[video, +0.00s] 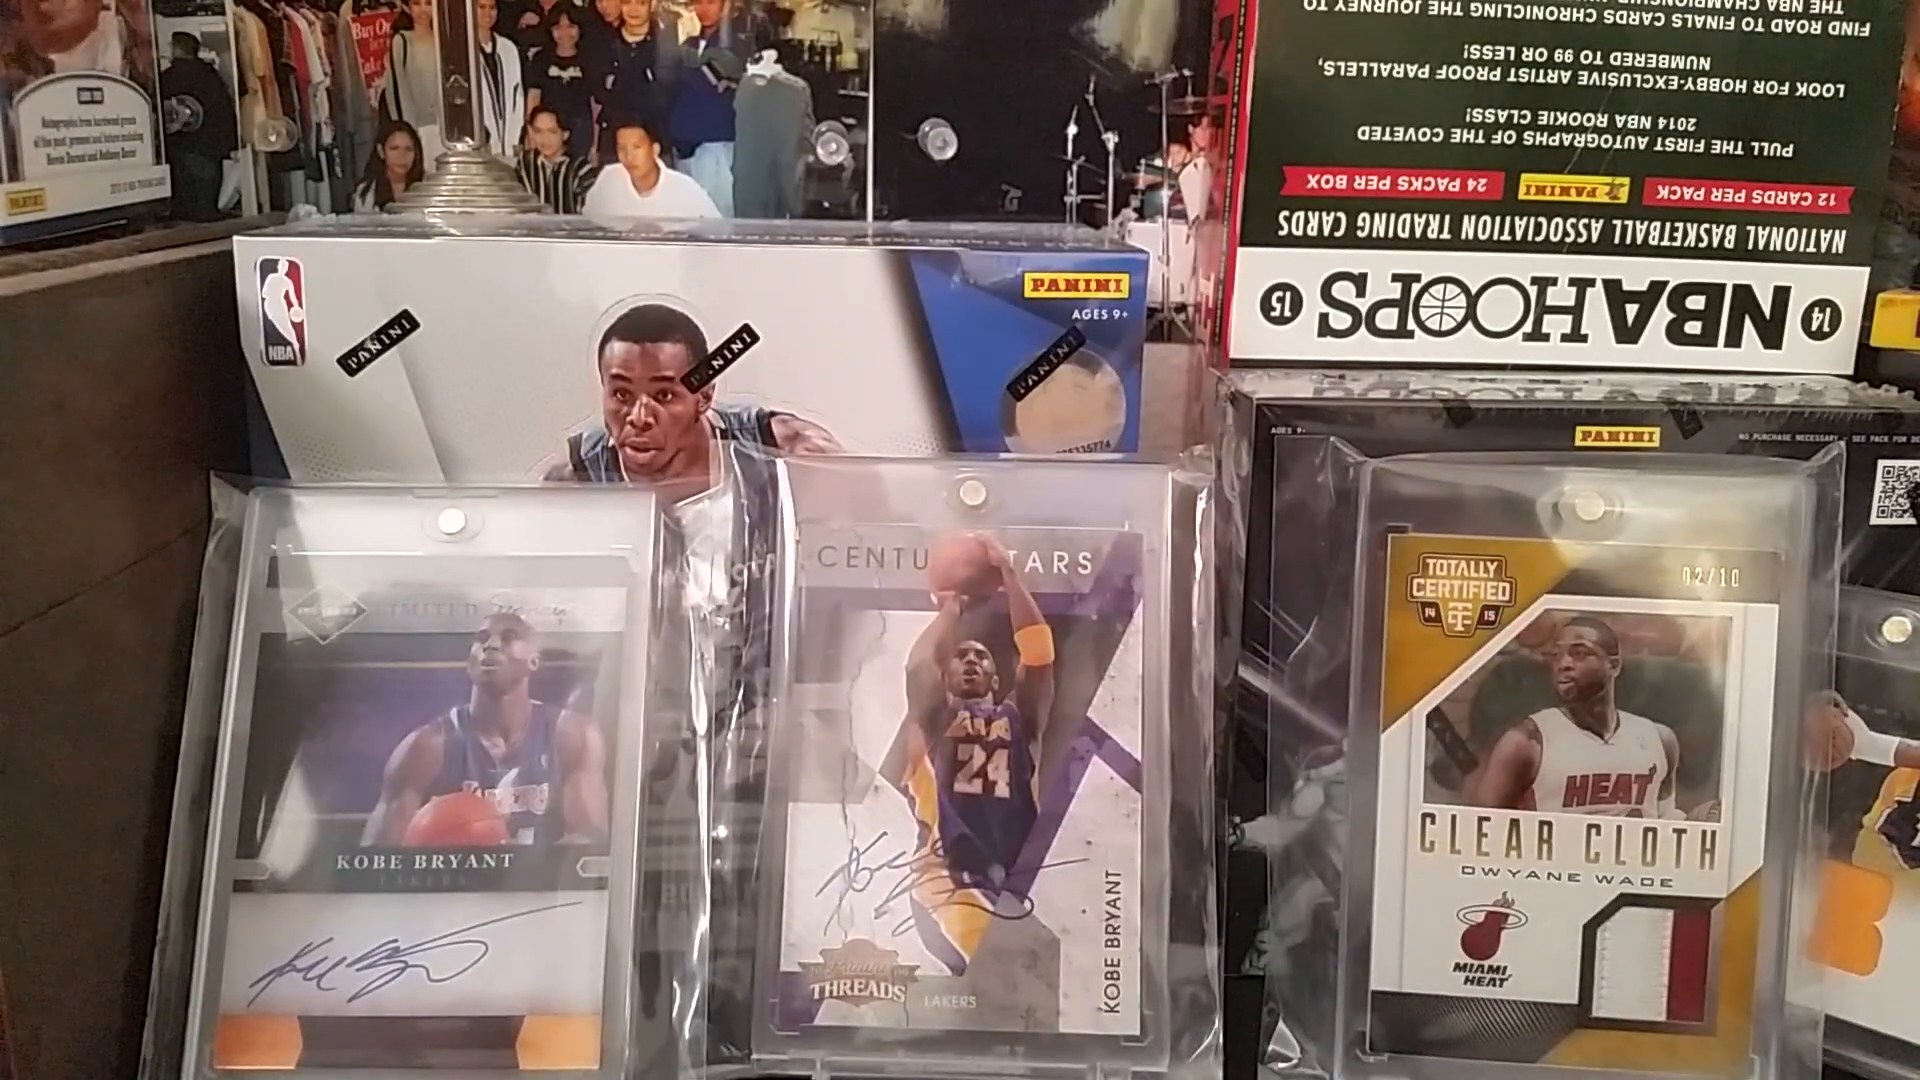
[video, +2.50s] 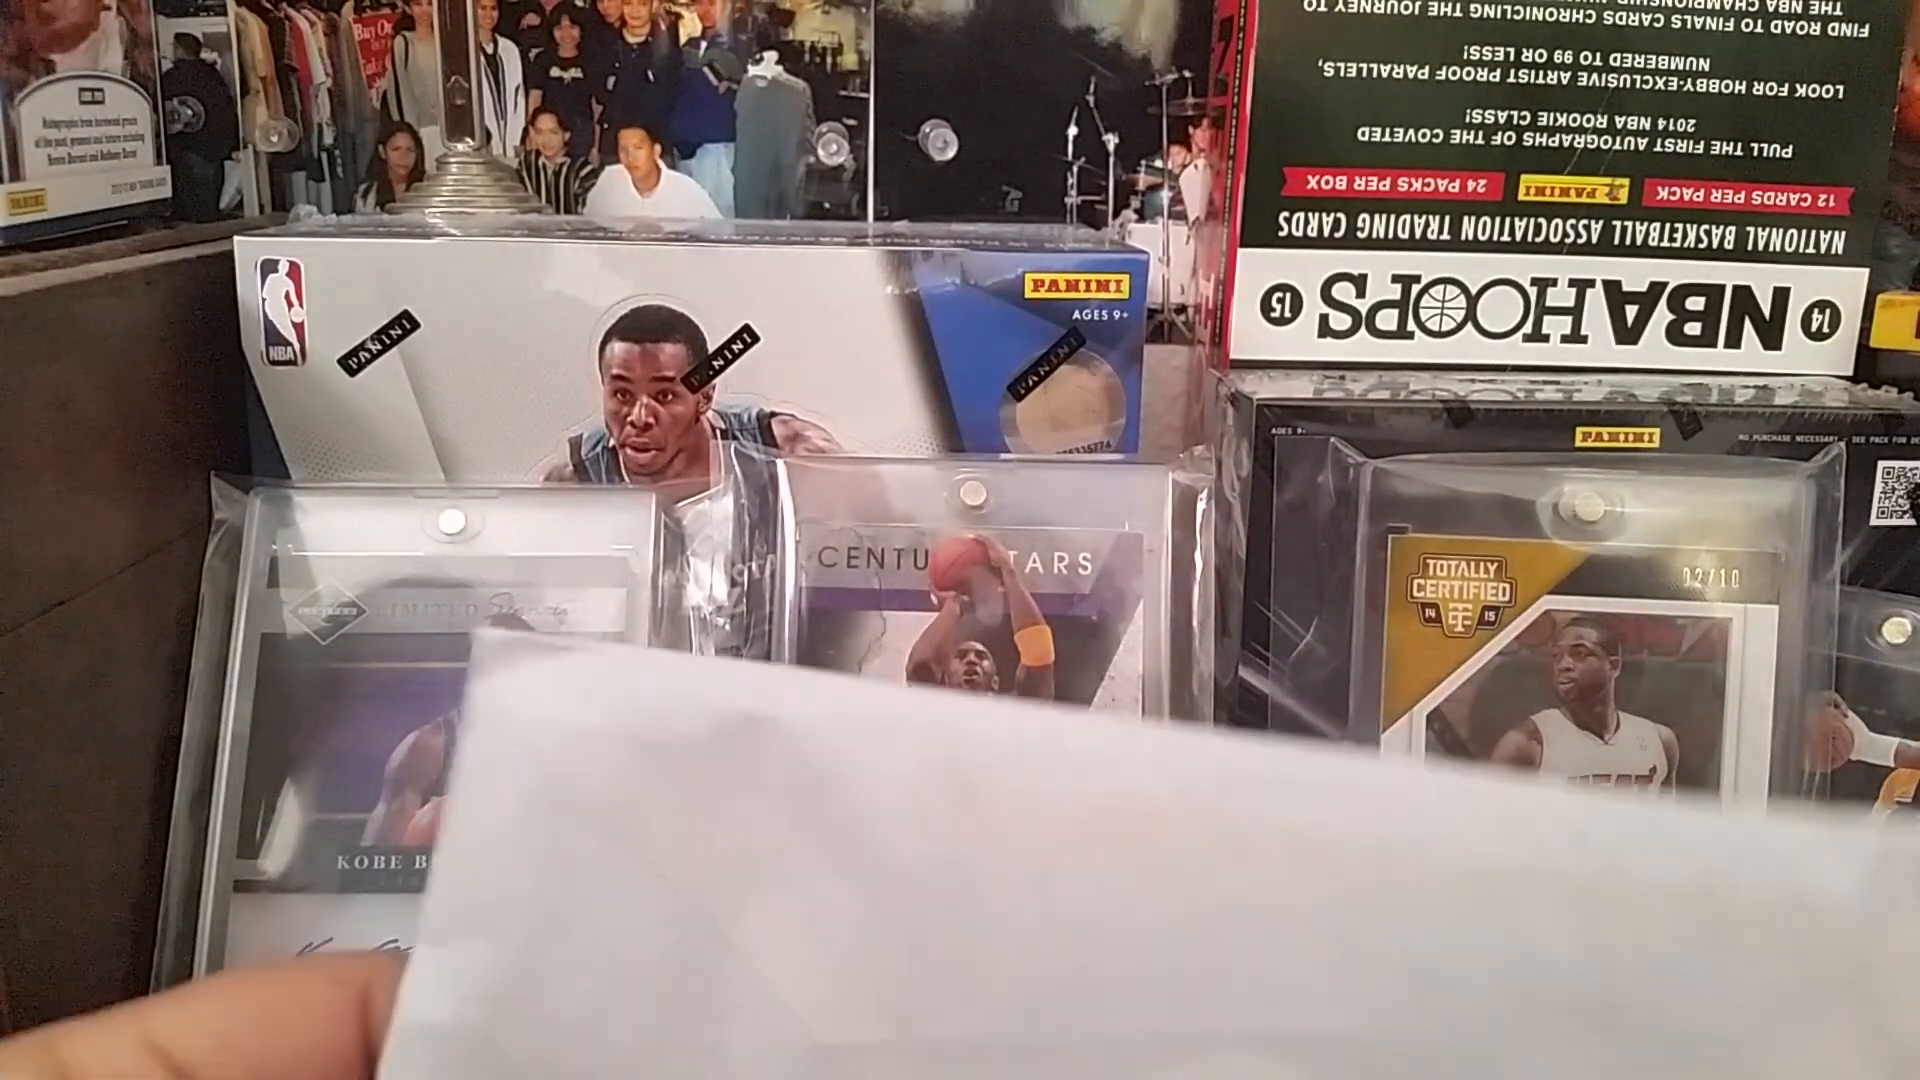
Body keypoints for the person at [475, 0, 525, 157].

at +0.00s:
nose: (488, 13)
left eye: (492, 7)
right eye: (482, 7)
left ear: (497, 11)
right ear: (471, 11)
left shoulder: (510, 48)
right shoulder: (464, 50)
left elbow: (520, 94)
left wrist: (516, 141)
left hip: (512, 145)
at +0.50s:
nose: (488, 13)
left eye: (492, 7)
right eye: (481, 7)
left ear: (497, 11)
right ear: (471, 11)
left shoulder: (510, 48)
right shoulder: (463, 50)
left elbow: (519, 95)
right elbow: (463, 100)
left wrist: (515, 141)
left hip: (511, 145)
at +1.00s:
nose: (489, 13)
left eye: (493, 8)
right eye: (482, 7)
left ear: (498, 11)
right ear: (472, 11)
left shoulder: (510, 48)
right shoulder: (465, 50)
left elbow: (520, 95)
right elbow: (464, 100)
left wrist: (515, 140)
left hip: (511, 144)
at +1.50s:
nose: (489, 13)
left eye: (493, 7)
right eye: (483, 7)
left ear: (498, 11)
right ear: (472, 10)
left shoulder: (511, 48)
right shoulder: (465, 50)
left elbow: (520, 94)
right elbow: (465, 100)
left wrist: (516, 141)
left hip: (512, 144)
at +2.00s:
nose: (489, 14)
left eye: (493, 8)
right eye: (483, 8)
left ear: (498, 12)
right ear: (472, 11)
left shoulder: (511, 48)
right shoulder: (465, 50)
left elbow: (520, 96)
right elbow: (464, 100)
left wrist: (516, 141)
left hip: (512, 144)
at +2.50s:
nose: (489, 14)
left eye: (494, 8)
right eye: (483, 8)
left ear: (499, 12)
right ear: (472, 11)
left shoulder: (511, 49)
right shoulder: (465, 51)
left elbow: (520, 96)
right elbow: (465, 101)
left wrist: (516, 142)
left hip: (512, 145)